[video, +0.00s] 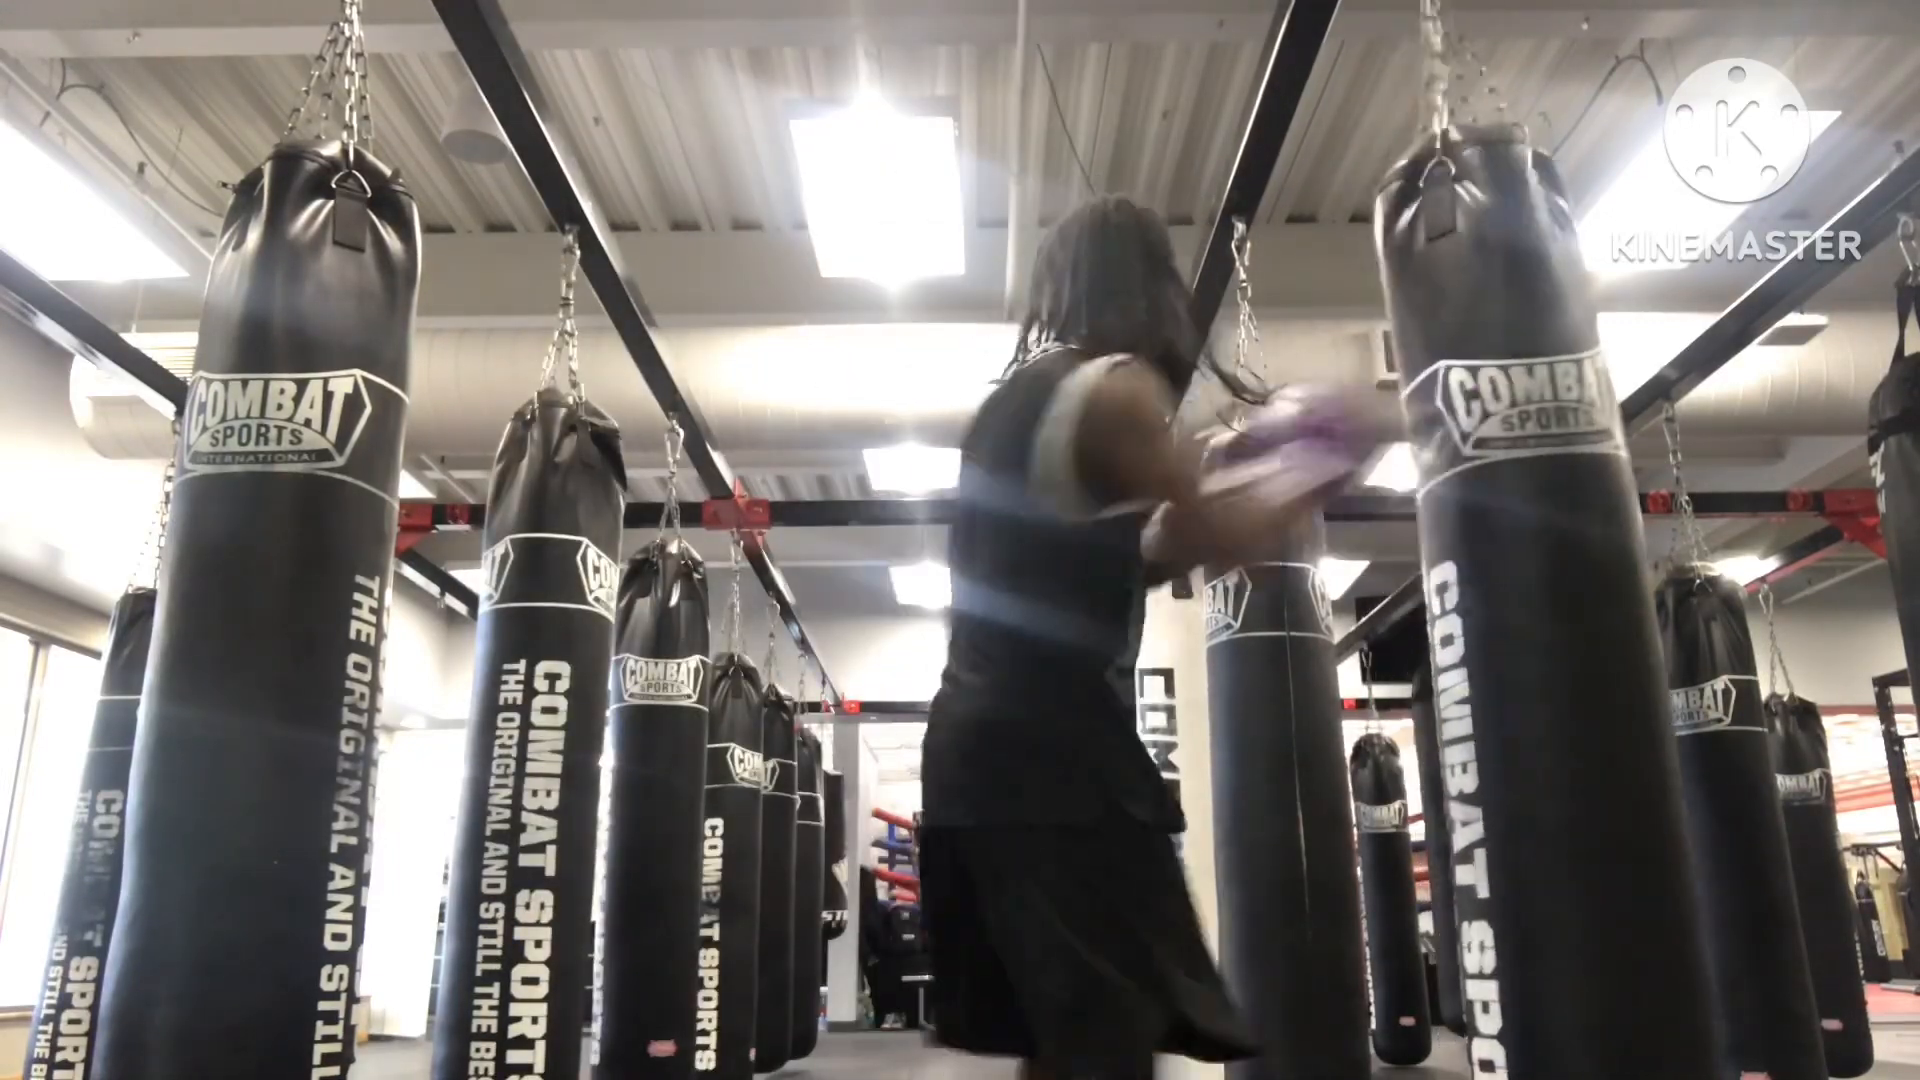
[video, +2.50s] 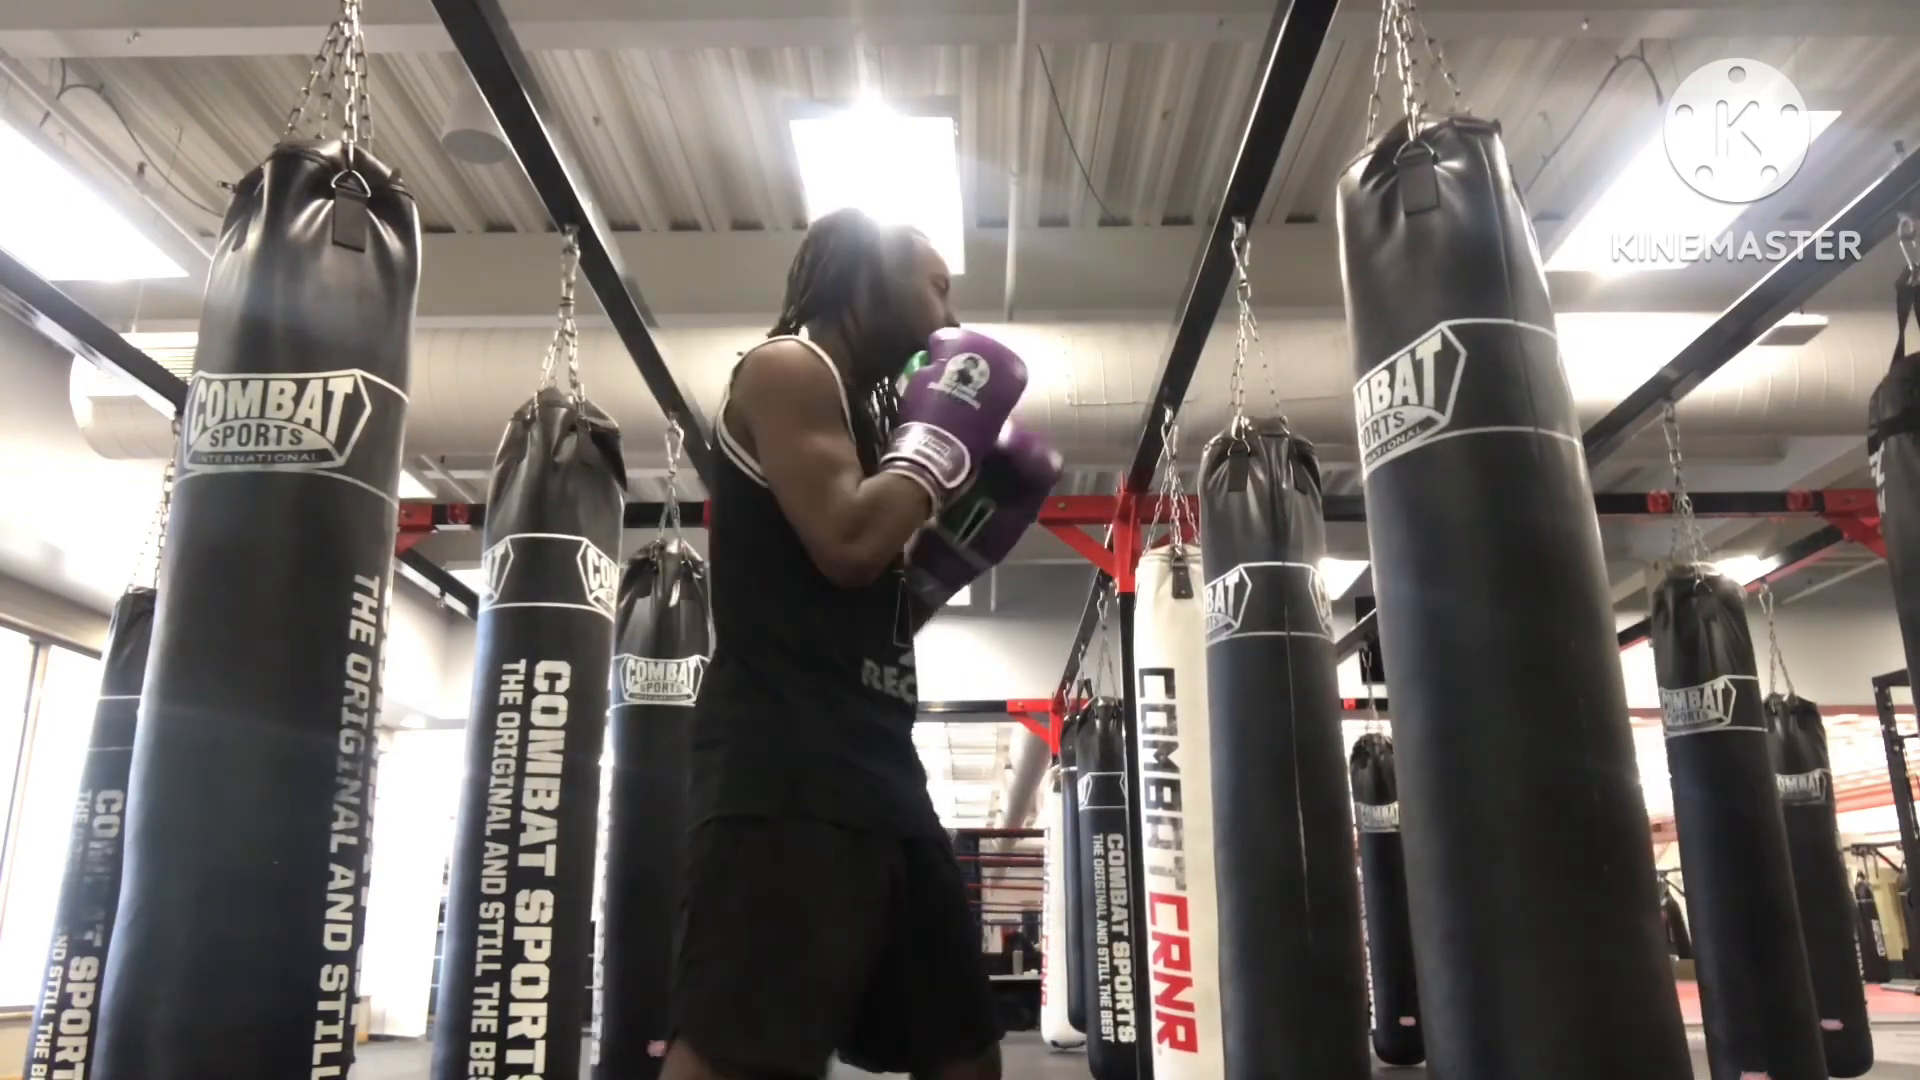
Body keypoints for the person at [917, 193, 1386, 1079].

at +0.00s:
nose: (1182, 296)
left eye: (1176, 275)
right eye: (1172, 275)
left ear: (1058, 286)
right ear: (1151, 284)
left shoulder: (1012, 400)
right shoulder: (1118, 391)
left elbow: (1099, 562)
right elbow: (1232, 533)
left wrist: (1214, 482)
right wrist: (1323, 467)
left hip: (972, 754)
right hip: (1056, 759)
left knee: (1051, 1037)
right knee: (1112, 1030)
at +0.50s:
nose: (1176, 386)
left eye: (1174, 366)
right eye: (1164, 362)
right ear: (1118, 358)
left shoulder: (1133, 490)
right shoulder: (1020, 413)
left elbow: (1223, 652)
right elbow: (1122, 533)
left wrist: (1348, 650)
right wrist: (1190, 485)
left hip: (1057, 787)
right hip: (953, 770)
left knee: (1133, 1039)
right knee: (977, 1042)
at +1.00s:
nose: (1094, 359)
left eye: (1088, 338)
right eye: (1079, 338)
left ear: (1007, 343)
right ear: (1030, 338)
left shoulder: (1028, 444)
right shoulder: (991, 426)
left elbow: (1099, 548)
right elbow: (1095, 510)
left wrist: (1222, 468)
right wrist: (1222, 442)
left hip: (997, 812)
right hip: (952, 811)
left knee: (993, 1043)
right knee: (945, 1046)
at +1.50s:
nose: (946, 352)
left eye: (944, 332)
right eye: (930, 329)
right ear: (875, 332)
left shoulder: (878, 463)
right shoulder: (792, 425)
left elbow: (894, 652)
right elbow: (811, 558)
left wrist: (977, 577)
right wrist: (918, 450)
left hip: (897, 763)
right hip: (814, 766)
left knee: (952, 1030)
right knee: (771, 1035)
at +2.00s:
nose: (853, 308)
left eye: (851, 286)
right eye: (835, 279)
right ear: (768, 276)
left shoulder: (772, 418)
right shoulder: (686, 375)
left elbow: (789, 617)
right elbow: (746, 543)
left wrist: (890, 526)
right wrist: (843, 437)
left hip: (796, 760)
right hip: (695, 765)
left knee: (916, 1038)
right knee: (672, 1048)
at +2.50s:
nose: (950, 315)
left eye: (949, 293)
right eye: (936, 288)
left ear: (870, 293)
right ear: (869, 281)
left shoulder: (864, 410)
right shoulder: (787, 367)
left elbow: (873, 613)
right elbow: (848, 540)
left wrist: (969, 532)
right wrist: (944, 429)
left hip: (876, 772)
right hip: (783, 771)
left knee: (960, 1047)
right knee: (728, 1046)